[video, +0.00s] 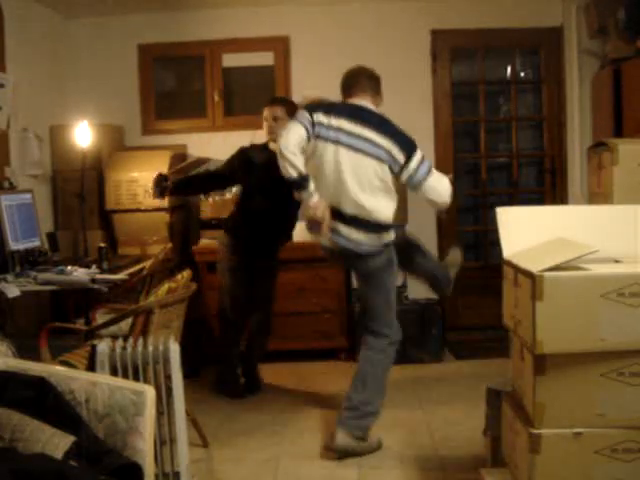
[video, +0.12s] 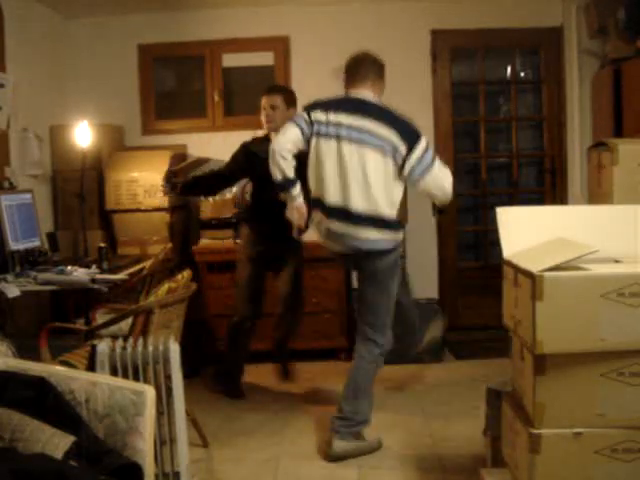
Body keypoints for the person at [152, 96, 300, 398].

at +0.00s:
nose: (271, 126)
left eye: (277, 120)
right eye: (267, 120)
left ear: (292, 124)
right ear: (262, 122)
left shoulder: (298, 161)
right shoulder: (250, 156)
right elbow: (216, 178)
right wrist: (172, 187)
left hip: (270, 244)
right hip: (239, 242)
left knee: (261, 311)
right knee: (234, 310)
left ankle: (251, 370)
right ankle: (226, 374)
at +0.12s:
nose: (267, 115)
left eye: (274, 108)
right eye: (263, 109)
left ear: (292, 112)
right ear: (260, 114)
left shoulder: (305, 149)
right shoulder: (253, 150)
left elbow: (317, 187)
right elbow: (222, 178)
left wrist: (309, 208)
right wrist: (182, 187)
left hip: (291, 234)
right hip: (256, 234)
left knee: (292, 301)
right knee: (248, 307)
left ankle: (283, 354)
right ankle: (230, 375)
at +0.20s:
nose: (267, 112)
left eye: (274, 105)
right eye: (263, 106)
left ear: (291, 107)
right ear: (260, 110)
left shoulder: (308, 142)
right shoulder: (256, 146)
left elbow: (324, 179)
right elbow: (225, 178)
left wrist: (314, 197)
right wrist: (187, 188)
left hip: (304, 229)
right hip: (270, 229)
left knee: (308, 300)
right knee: (266, 306)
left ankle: (314, 364)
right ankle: (241, 368)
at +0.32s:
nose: (275, 127)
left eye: (281, 120)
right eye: (271, 121)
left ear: (300, 120)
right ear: (268, 124)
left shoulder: (321, 152)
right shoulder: (267, 160)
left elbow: (341, 185)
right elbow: (235, 187)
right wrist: (200, 196)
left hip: (330, 243)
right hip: (293, 245)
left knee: (335, 308)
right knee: (298, 311)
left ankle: (341, 365)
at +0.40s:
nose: (276, 133)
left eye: (283, 126)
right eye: (273, 127)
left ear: (301, 126)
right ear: (271, 129)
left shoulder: (322, 157)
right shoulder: (268, 165)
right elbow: (238, 191)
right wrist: (202, 198)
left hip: (336, 247)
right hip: (300, 249)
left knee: (343, 311)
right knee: (306, 318)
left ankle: (355, 373)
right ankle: (317, 381)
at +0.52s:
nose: (272, 137)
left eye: (278, 131)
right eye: (269, 131)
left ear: (298, 130)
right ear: (267, 132)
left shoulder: (325, 163)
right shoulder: (272, 166)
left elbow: (347, 195)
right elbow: (249, 196)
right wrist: (218, 200)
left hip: (340, 245)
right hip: (308, 245)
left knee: (341, 314)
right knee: (294, 305)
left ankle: (358, 377)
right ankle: (313, 363)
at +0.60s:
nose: (262, 133)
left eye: (268, 126)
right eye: (259, 127)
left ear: (289, 125)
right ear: (260, 129)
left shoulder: (323, 163)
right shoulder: (268, 161)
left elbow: (325, 219)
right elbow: (251, 196)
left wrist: (307, 259)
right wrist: (226, 197)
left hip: (338, 235)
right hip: (308, 234)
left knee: (338, 310)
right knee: (286, 279)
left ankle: (360, 378)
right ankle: (309, 348)